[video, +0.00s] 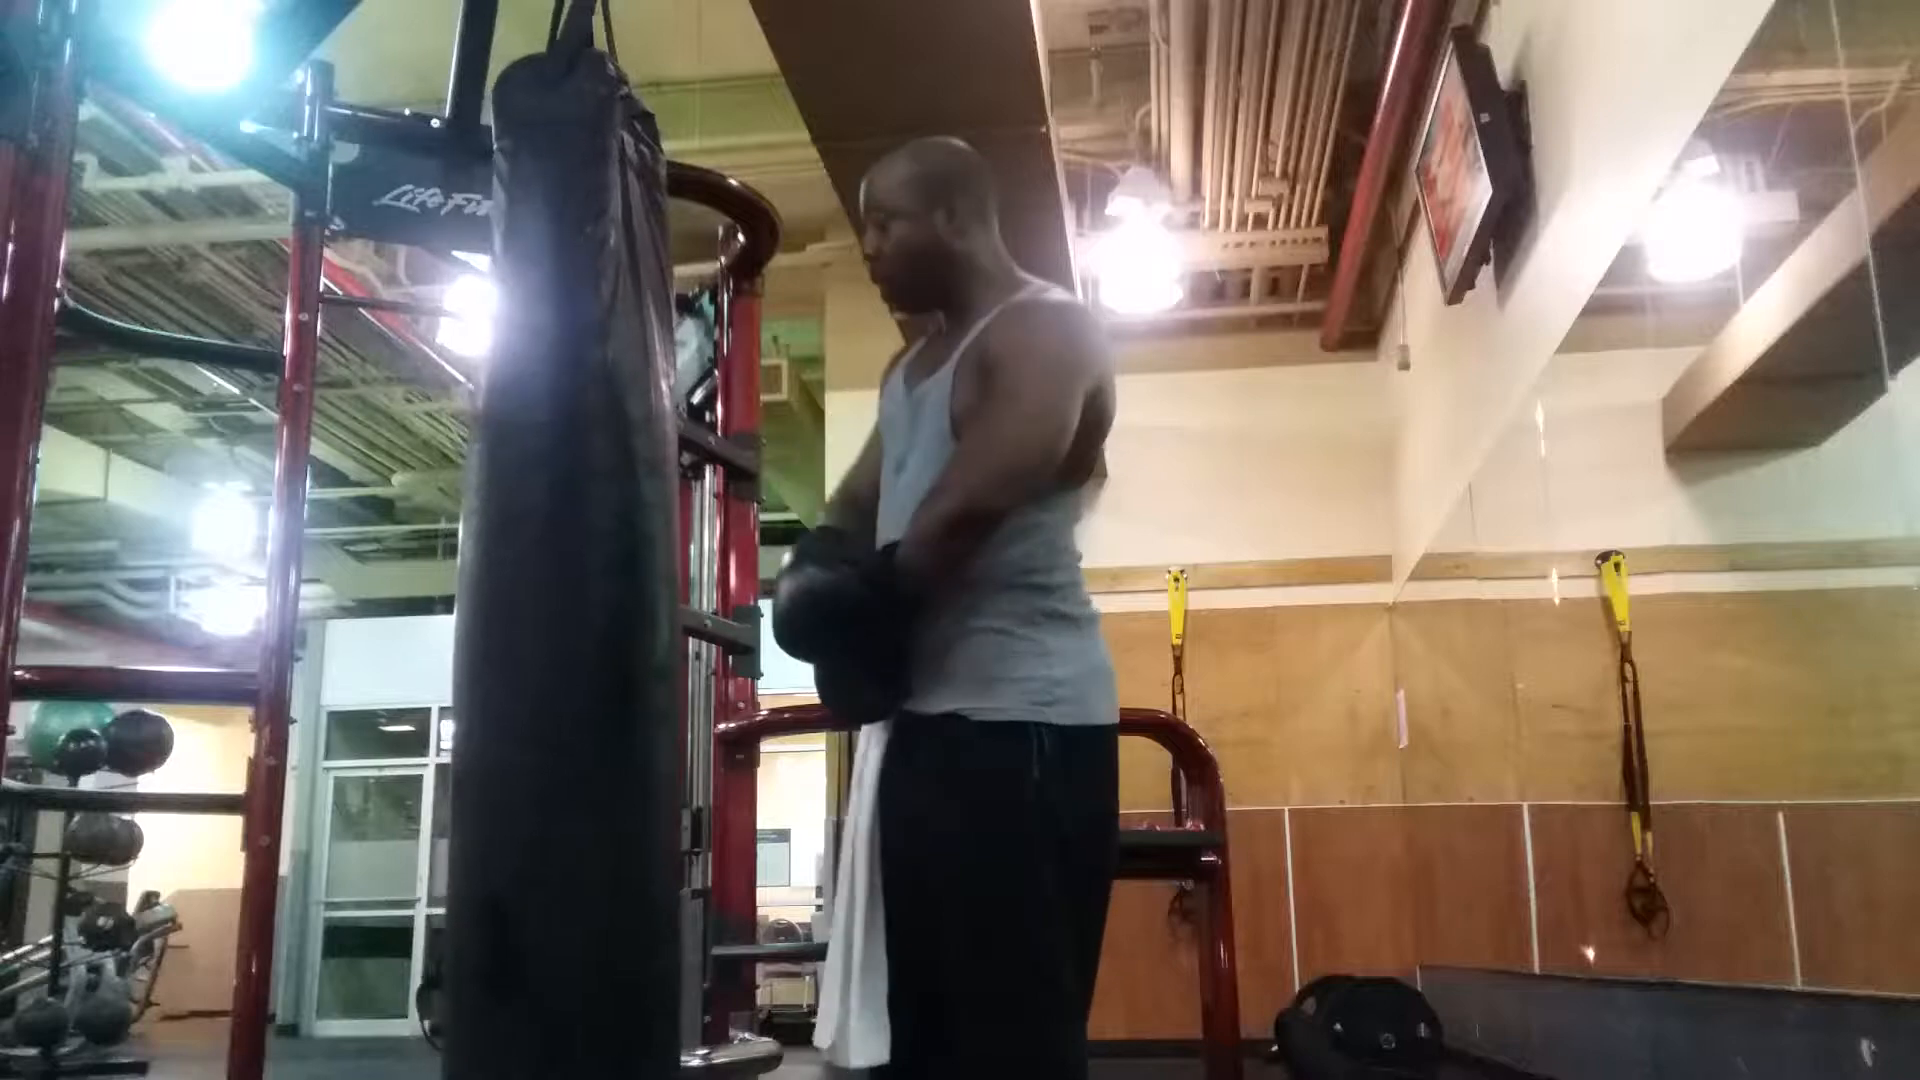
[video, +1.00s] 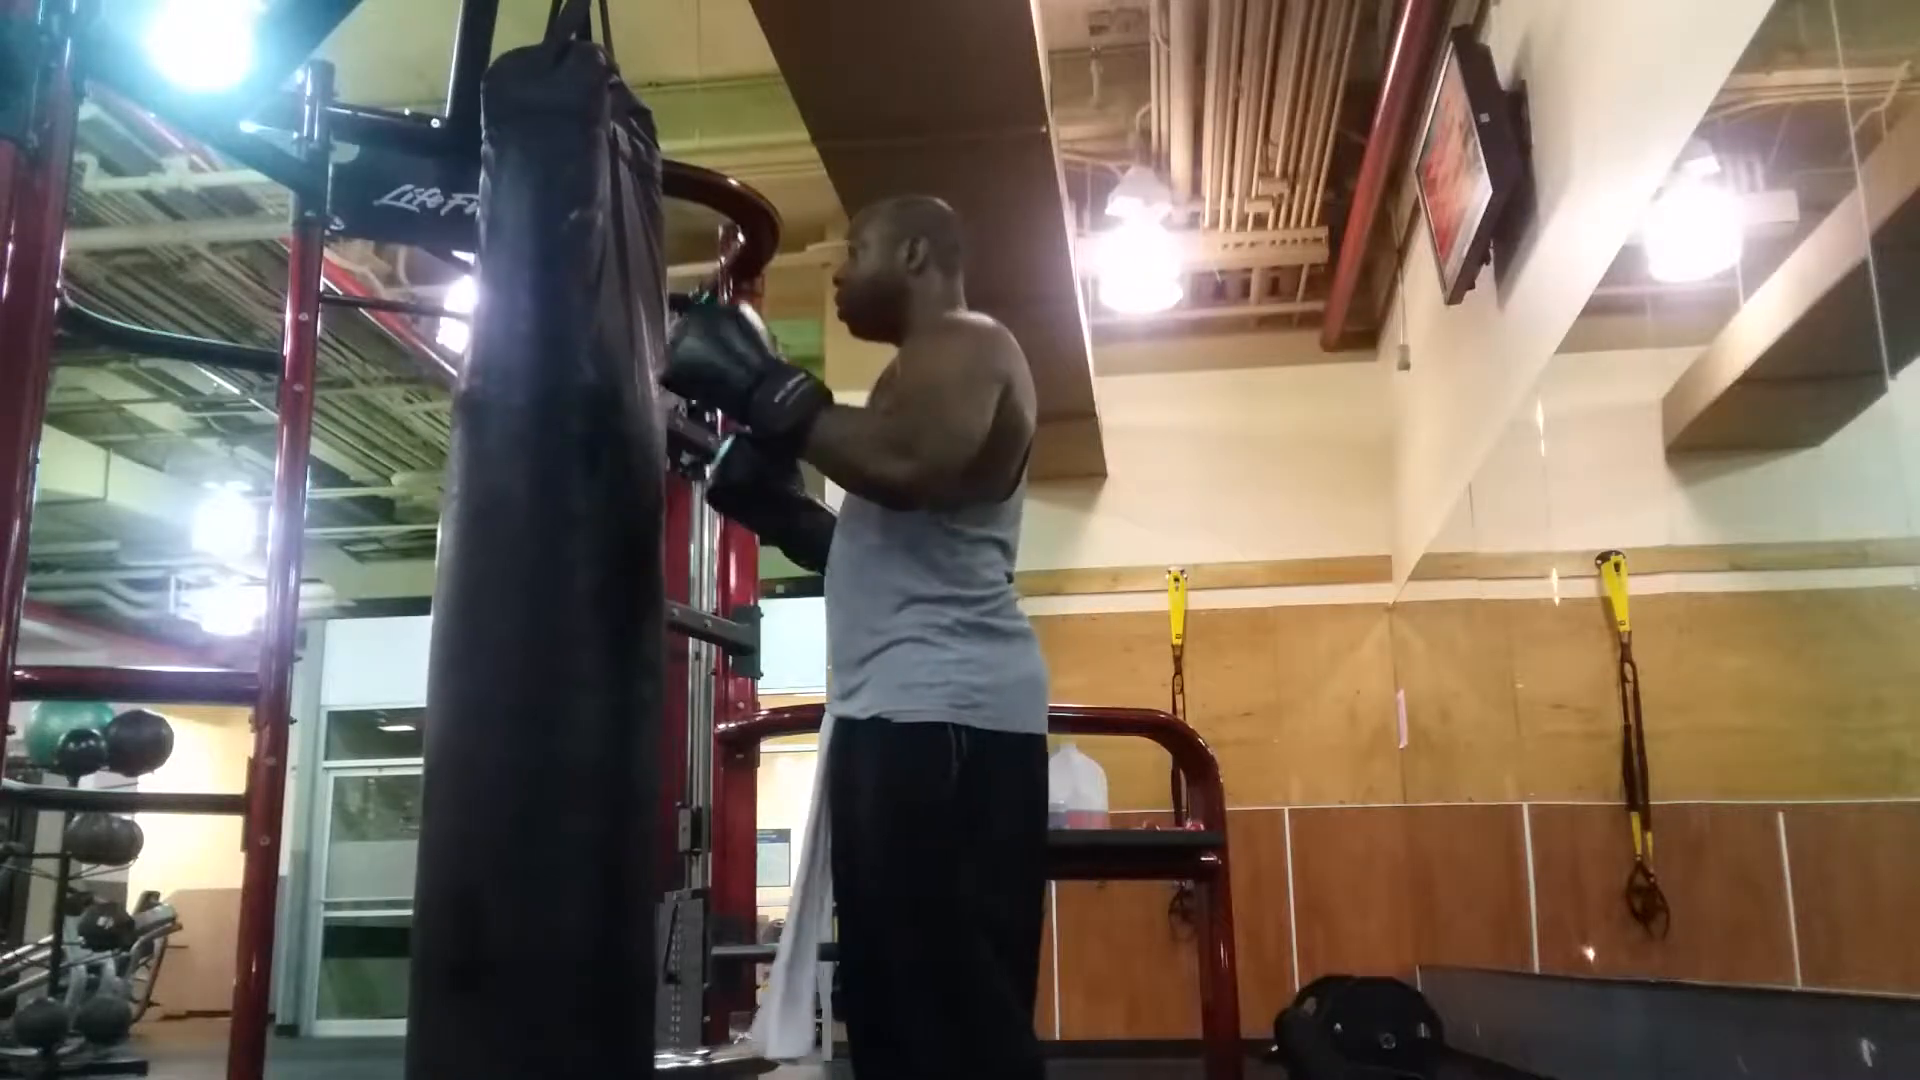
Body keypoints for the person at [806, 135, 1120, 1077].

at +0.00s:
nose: (868, 248)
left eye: (882, 225)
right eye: (865, 230)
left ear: (954, 219)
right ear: (935, 227)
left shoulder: (1042, 320)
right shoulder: (914, 366)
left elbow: (979, 501)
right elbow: (850, 511)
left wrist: (866, 609)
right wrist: (818, 584)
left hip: (1021, 727)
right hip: (926, 726)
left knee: (1005, 1033)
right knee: (923, 1027)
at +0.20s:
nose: (859, 232)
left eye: (875, 207)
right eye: (861, 211)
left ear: (938, 211)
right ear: (937, 214)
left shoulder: (1021, 319)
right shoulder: (931, 360)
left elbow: (954, 509)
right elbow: (882, 527)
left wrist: (862, 626)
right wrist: (817, 590)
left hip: (1019, 718)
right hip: (953, 717)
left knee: (1011, 1029)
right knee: (951, 1023)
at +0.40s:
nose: (851, 237)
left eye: (868, 212)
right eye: (857, 216)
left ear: (926, 218)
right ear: (933, 222)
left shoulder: (988, 324)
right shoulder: (949, 346)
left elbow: (962, 487)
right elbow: (917, 534)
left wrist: (824, 592)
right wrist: (793, 583)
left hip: (996, 720)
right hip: (955, 718)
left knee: (1007, 1030)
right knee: (984, 1027)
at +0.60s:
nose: (843, 245)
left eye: (859, 222)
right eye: (851, 225)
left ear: (917, 231)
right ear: (924, 237)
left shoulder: (975, 330)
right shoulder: (925, 367)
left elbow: (959, 469)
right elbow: (926, 575)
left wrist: (781, 465)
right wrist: (785, 567)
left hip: (968, 720)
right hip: (937, 720)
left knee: (975, 1027)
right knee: (971, 1027)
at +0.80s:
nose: (847, 256)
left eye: (864, 236)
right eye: (853, 238)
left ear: (926, 246)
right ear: (933, 252)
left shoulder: (968, 340)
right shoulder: (928, 363)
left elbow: (887, 468)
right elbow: (863, 541)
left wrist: (785, 447)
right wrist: (721, 464)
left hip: (952, 720)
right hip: (921, 719)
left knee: (948, 1015)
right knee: (931, 1015)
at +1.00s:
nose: (839, 270)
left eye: (854, 249)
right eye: (843, 252)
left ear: (917, 257)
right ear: (921, 262)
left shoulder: (965, 342)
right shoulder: (919, 378)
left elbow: (913, 460)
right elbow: (889, 570)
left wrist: (767, 387)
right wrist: (778, 508)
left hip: (943, 719)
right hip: (903, 720)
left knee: (938, 1013)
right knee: (901, 1010)